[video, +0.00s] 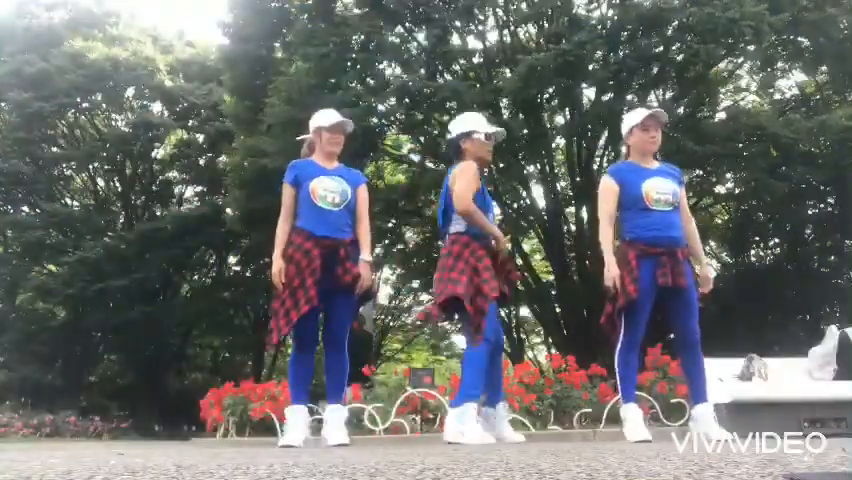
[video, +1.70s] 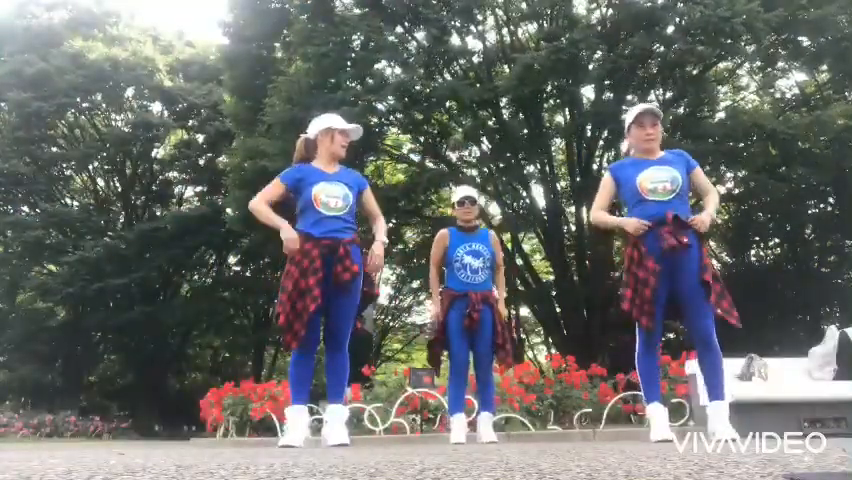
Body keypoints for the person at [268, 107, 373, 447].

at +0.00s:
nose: (336, 136)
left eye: (340, 132)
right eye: (330, 131)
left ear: (345, 137)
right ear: (315, 135)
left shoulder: (356, 177)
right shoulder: (297, 169)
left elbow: (363, 220)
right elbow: (286, 217)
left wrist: (366, 258)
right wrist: (277, 256)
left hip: (345, 254)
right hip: (305, 253)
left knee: (337, 338)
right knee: (304, 337)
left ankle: (336, 417)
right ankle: (298, 416)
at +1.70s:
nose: (347, 141)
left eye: (348, 137)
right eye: (341, 135)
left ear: (341, 142)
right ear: (322, 138)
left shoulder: (355, 179)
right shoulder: (299, 173)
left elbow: (377, 218)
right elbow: (257, 203)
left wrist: (379, 243)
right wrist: (284, 226)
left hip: (347, 259)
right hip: (309, 257)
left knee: (339, 340)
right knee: (305, 339)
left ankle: (336, 419)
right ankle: (297, 419)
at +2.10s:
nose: (348, 138)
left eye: (348, 133)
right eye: (342, 132)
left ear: (342, 138)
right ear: (322, 135)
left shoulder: (354, 174)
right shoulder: (300, 168)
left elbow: (371, 200)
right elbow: (252, 187)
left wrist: (367, 215)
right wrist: (279, 207)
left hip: (346, 253)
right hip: (308, 252)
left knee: (338, 341)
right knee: (305, 339)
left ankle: (335, 420)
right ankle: (296, 421)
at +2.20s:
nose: (347, 138)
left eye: (347, 133)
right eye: (341, 132)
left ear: (343, 138)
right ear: (322, 135)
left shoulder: (354, 173)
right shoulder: (300, 168)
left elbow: (370, 201)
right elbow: (252, 187)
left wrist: (365, 215)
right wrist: (279, 207)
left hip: (346, 253)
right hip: (308, 252)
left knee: (338, 340)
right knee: (305, 339)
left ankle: (336, 420)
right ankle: (297, 420)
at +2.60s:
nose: (344, 137)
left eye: (344, 132)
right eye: (338, 131)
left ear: (342, 137)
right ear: (319, 135)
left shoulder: (353, 171)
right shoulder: (298, 165)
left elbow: (372, 199)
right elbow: (255, 186)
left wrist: (366, 209)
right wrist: (281, 202)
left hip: (345, 254)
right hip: (307, 252)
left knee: (337, 339)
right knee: (303, 336)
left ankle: (335, 419)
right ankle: (297, 419)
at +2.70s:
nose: (345, 137)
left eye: (345, 132)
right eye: (339, 131)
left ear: (342, 138)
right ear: (319, 135)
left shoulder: (354, 170)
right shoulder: (299, 164)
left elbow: (375, 198)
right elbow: (259, 186)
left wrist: (366, 208)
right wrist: (283, 200)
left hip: (345, 254)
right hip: (308, 252)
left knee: (337, 338)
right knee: (304, 336)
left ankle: (335, 419)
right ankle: (297, 420)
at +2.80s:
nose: (344, 136)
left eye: (344, 132)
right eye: (337, 131)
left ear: (344, 137)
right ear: (318, 135)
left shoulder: (354, 170)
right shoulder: (299, 164)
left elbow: (376, 197)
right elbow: (259, 186)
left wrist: (366, 208)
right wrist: (283, 200)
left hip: (345, 255)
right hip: (308, 252)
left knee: (337, 339)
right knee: (304, 337)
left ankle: (336, 419)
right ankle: (297, 420)